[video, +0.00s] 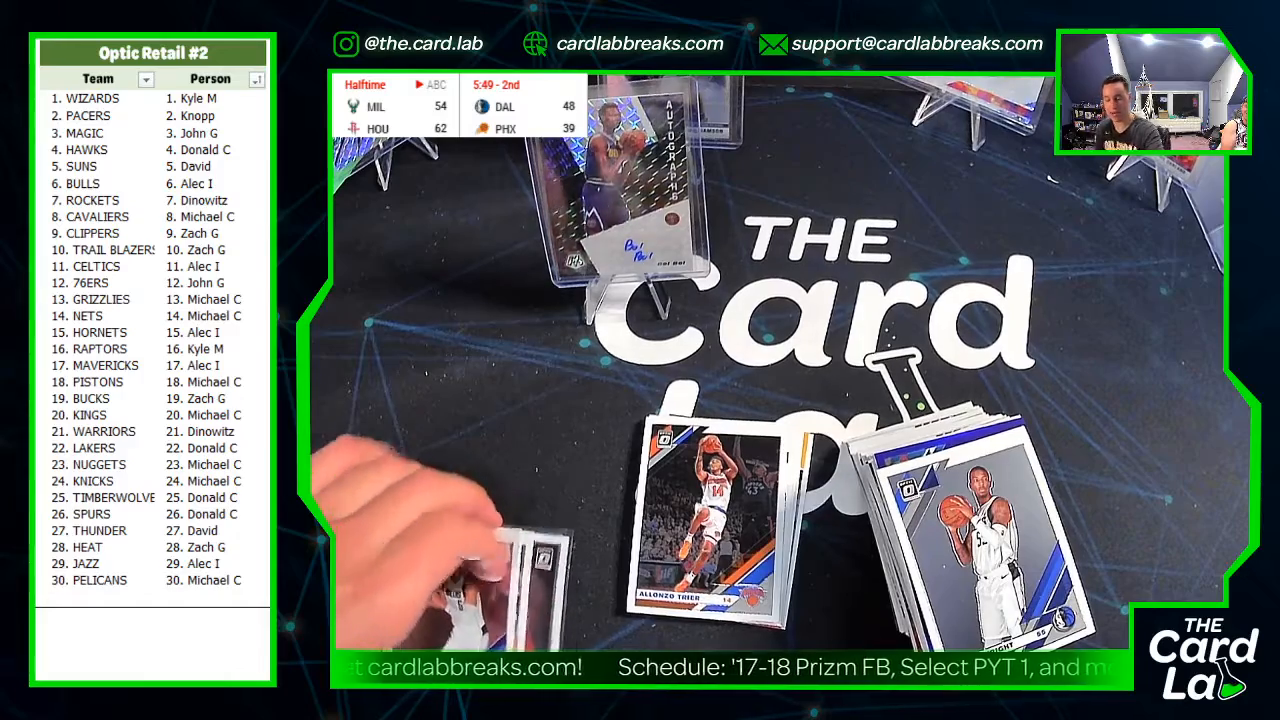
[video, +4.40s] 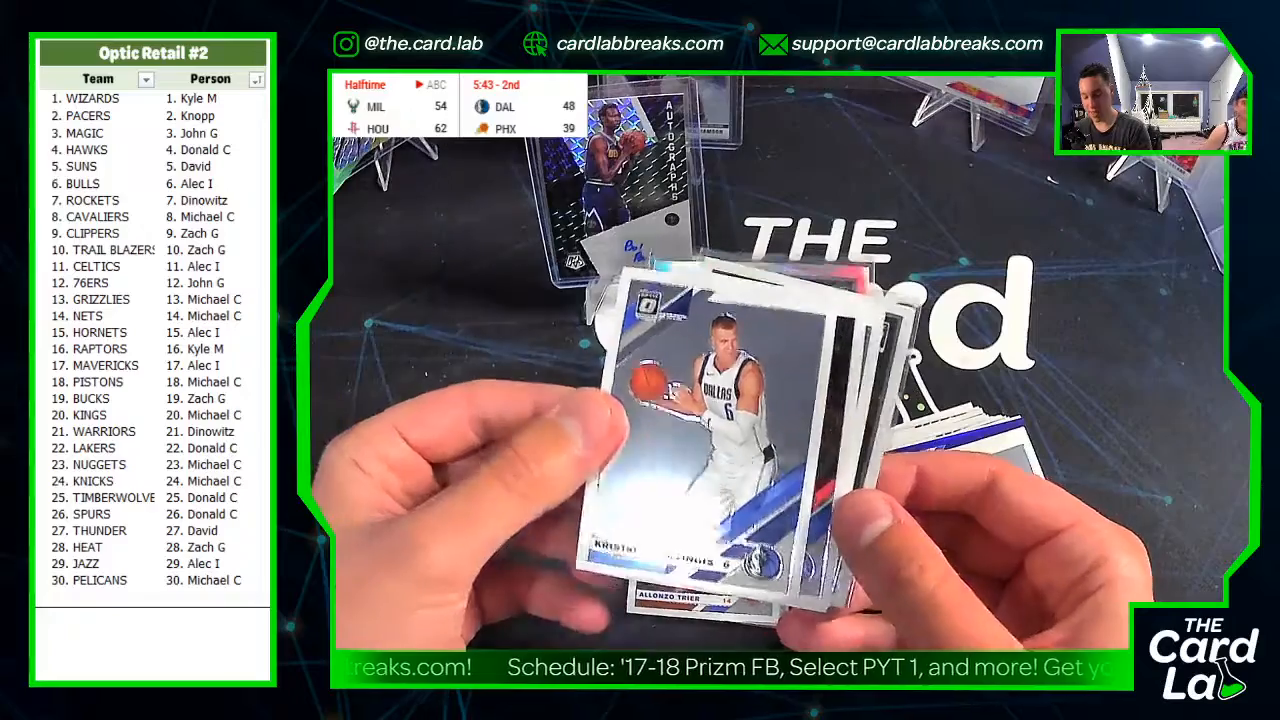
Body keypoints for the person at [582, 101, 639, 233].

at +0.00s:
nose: (615, 118)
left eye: (617, 115)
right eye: (611, 115)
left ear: (620, 118)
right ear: (602, 118)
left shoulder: (617, 142)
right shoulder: (598, 141)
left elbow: (620, 179)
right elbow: (607, 176)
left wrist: (633, 155)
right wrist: (624, 155)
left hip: (612, 189)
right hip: (596, 191)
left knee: (624, 229)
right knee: (598, 236)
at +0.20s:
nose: (616, 119)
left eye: (618, 115)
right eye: (612, 115)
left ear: (620, 118)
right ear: (602, 118)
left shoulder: (617, 142)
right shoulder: (598, 140)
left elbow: (619, 179)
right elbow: (606, 176)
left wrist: (632, 157)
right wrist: (624, 154)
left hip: (611, 189)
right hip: (597, 190)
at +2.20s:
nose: (617, 118)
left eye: (618, 115)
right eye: (613, 115)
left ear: (620, 117)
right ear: (603, 119)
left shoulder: (618, 142)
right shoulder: (598, 141)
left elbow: (623, 176)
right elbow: (606, 176)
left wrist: (634, 154)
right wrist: (625, 154)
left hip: (613, 190)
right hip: (597, 192)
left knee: (624, 229)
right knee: (601, 235)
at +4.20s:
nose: (617, 118)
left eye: (618, 115)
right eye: (612, 116)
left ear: (620, 117)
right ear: (603, 119)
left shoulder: (617, 142)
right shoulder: (598, 141)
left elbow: (619, 178)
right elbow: (606, 176)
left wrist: (631, 156)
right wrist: (624, 154)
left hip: (612, 189)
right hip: (596, 192)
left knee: (625, 230)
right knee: (600, 236)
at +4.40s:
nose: (617, 119)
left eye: (618, 115)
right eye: (612, 116)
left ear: (620, 117)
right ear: (603, 119)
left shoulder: (617, 142)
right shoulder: (598, 141)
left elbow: (619, 179)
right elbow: (606, 176)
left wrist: (631, 157)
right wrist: (624, 155)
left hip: (611, 190)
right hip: (596, 192)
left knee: (624, 230)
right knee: (600, 237)